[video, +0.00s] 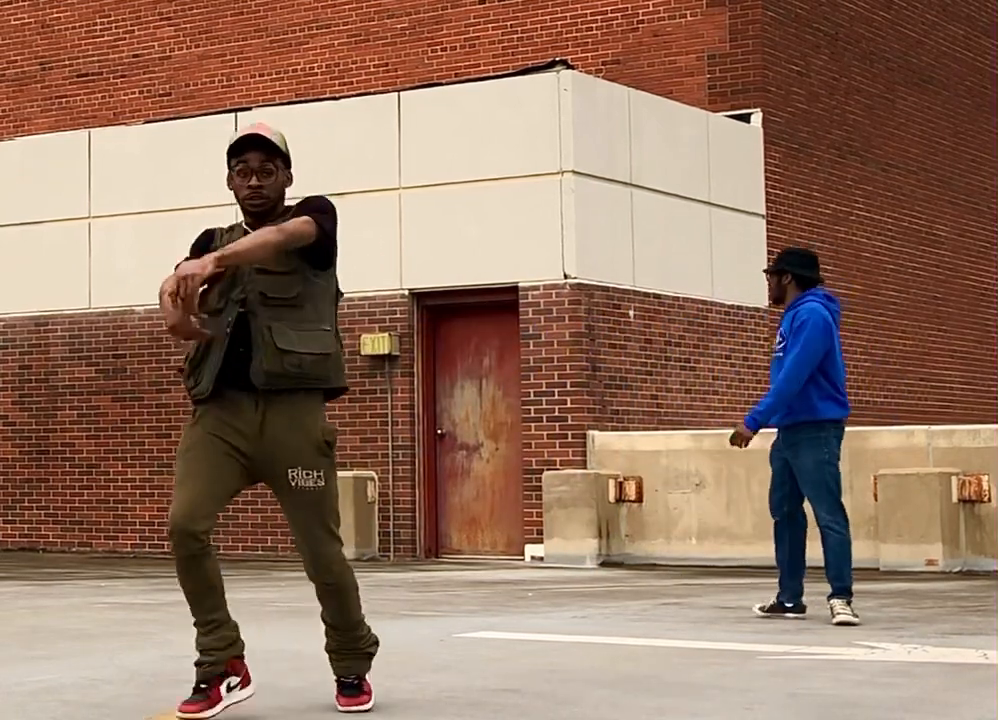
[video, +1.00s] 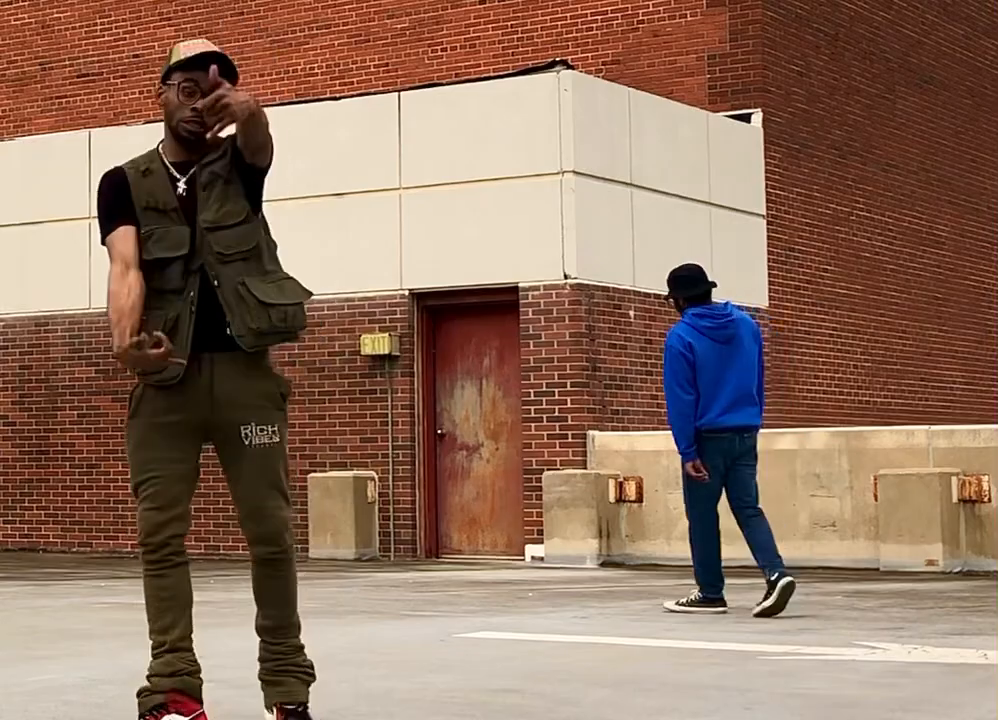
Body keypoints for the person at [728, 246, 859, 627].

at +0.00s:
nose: (769, 284)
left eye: (773, 277)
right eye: (769, 278)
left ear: (790, 278)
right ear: (792, 279)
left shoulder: (814, 316)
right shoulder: (795, 315)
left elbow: (792, 378)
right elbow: (788, 380)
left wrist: (751, 422)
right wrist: (771, 425)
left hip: (817, 430)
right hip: (790, 432)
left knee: (828, 514)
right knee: (785, 512)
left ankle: (840, 598)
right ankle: (788, 599)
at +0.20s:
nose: (753, 290)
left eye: (756, 284)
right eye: (754, 284)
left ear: (769, 285)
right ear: (787, 285)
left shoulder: (779, 322)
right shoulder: (799, 319)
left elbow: (767, 383)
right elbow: (779, 383)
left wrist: (748, 435)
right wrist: (757, 436)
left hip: (787, 424)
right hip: (788, 422)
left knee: (784, 507)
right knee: (771, 510)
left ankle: (822, 594)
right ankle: (788, 596)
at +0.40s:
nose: (747, 287)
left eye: (749, 282)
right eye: (748, 281)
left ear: (758, 284)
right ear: (784, 284)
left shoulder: (760, 319)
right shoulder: (805, 321)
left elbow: (746, 378)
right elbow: (806, 377)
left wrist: (724, 431)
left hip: (772, 426)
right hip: (800, 426)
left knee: (747, 504)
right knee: (786, 509)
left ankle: (777, 590)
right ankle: (790, 594)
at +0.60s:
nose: (729, 303)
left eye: (729, 296)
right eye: (728, 296)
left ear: (737, 294)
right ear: (763, 288)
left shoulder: (739, 326)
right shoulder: (799, 323)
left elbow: (721, 387)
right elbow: (806, 379)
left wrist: (700, 441)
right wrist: (791, 418)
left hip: (754, 433)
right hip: (789, 434)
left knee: (724, 505)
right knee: (782, 514)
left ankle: (724, 593)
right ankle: (789, 597)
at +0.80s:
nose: (703, 303)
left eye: (703, 297)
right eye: (703, 297)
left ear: (709, 298)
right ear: (739, 294)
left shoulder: (710, 332)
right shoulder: (774, 327)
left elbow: (707, 395)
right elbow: (783, 384)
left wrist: (705, 450)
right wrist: (778, 427)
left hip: (732, 438)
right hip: (770, 435)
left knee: (719, 520)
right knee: (774, 516)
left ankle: (714, 592)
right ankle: (787, 594)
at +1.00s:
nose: (672, 303)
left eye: (672, 298)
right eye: (673, 298)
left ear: (677, 299)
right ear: (709, 293)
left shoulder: (681, 336)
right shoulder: (747, 325)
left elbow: (680, 398)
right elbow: (757, 380)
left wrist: (687, 451)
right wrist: (753, 423)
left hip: (706, 436)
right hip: (744, 433)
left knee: (702, 517)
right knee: (748, 508)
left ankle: (710, 593)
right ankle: (776, 574)